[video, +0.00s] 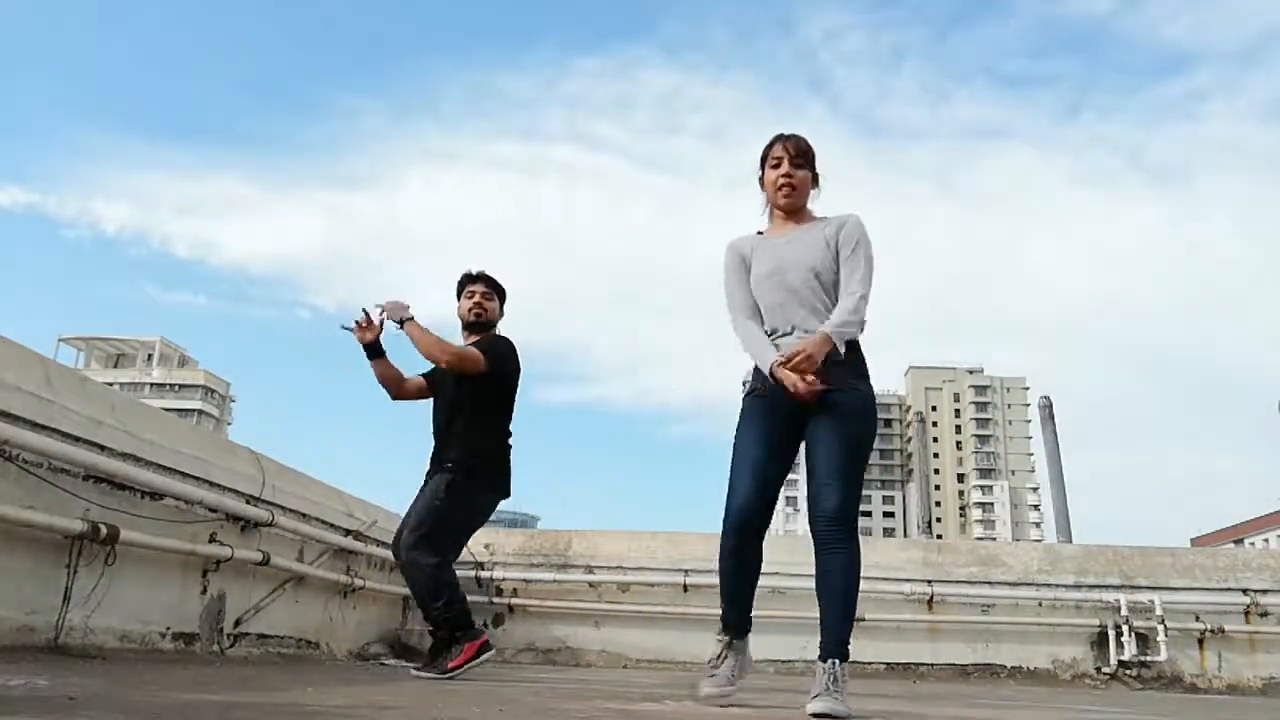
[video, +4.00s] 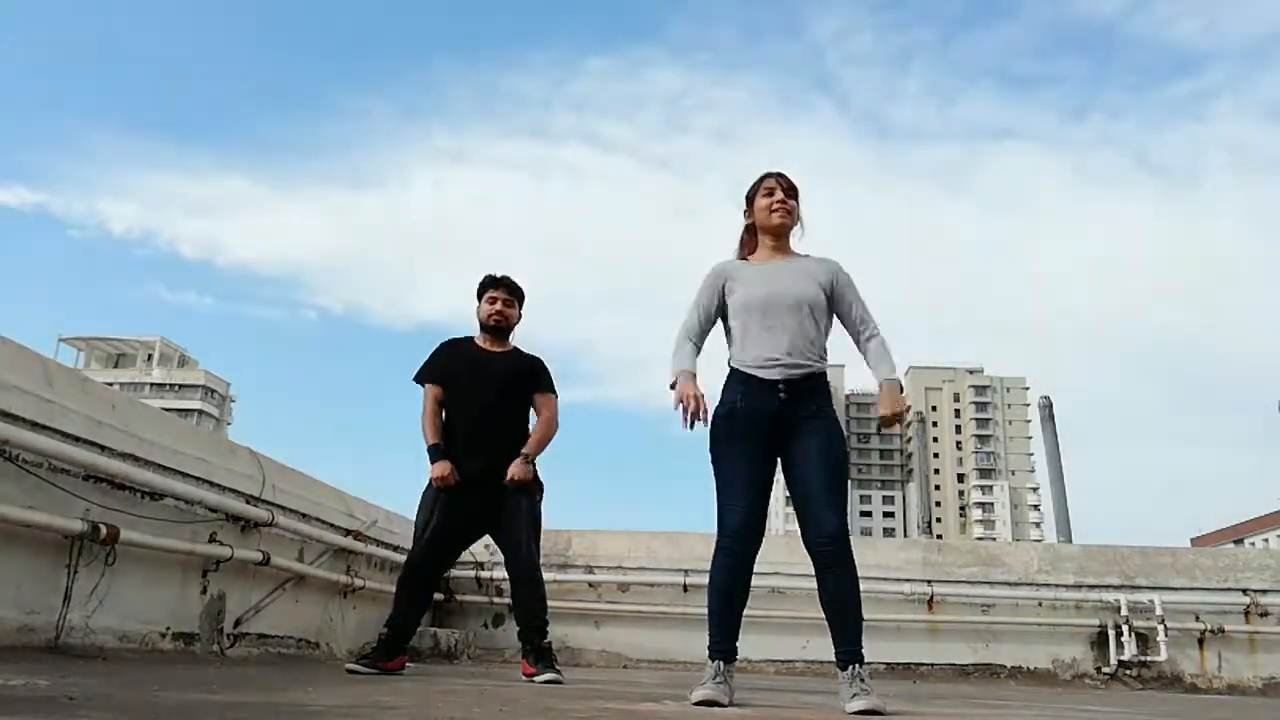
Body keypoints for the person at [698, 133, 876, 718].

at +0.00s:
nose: (786, 171)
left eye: (797, 164)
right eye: (776, 163)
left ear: (814, 179)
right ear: (762, 179)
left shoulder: (844, 229)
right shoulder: (741, 248)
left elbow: (855, 303)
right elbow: (743, 319)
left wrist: (823, 340)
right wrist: (780, 368)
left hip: (838, 383)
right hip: (770, 385)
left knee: (833, 519)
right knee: (742, 514)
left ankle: (832, 668)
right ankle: (733, 646)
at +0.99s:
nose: (776, 210)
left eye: (785, 203)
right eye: (765, 204)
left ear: (800, 218)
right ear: (750, 221)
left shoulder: (830, 269)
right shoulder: (730, 277)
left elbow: (861, 336)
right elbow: (698, 336)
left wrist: (822, 313)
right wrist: (740, 334)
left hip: (800, 413)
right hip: (735, 413)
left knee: (820, 541)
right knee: (729, 538)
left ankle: (853, 673)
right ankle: (716, 668)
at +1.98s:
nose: (785, 215)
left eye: (794, 210)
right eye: (774, 208)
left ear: (804, 230)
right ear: (755, 224)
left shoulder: (827, 282)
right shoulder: (728, 279)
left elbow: (843, 352)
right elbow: (681, 328)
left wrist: (889, 302)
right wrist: (710, 329)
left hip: (813, 418)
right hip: (745, 418)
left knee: (851, 534)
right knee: (731, 532)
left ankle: (859, 672)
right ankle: (717, 667)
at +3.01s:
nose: (788, 199)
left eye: (797, 195)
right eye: (777, 193)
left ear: (806, 215)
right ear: (757, 211)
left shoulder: (827, 274)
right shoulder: (729, 268)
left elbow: (862, 346)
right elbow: (694, 326)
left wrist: (886, 332)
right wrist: (701, 338)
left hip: (808, 410)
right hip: (742, 408)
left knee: (830, 537)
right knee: (737, 534)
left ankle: (855, 672)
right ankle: (718, 667)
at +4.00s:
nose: (780, 199)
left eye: (789, 194)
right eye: (769, 193)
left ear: (798, 213)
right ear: (749, 213)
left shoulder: (827, 271)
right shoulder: (725, 273)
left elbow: (866, 332)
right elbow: (688, 336)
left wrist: (890, 384)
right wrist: (685, 377)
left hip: (811, 407)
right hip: (744, 408)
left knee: (828, 535)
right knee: (737, 535)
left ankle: (853, 672)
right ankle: (719, 669)